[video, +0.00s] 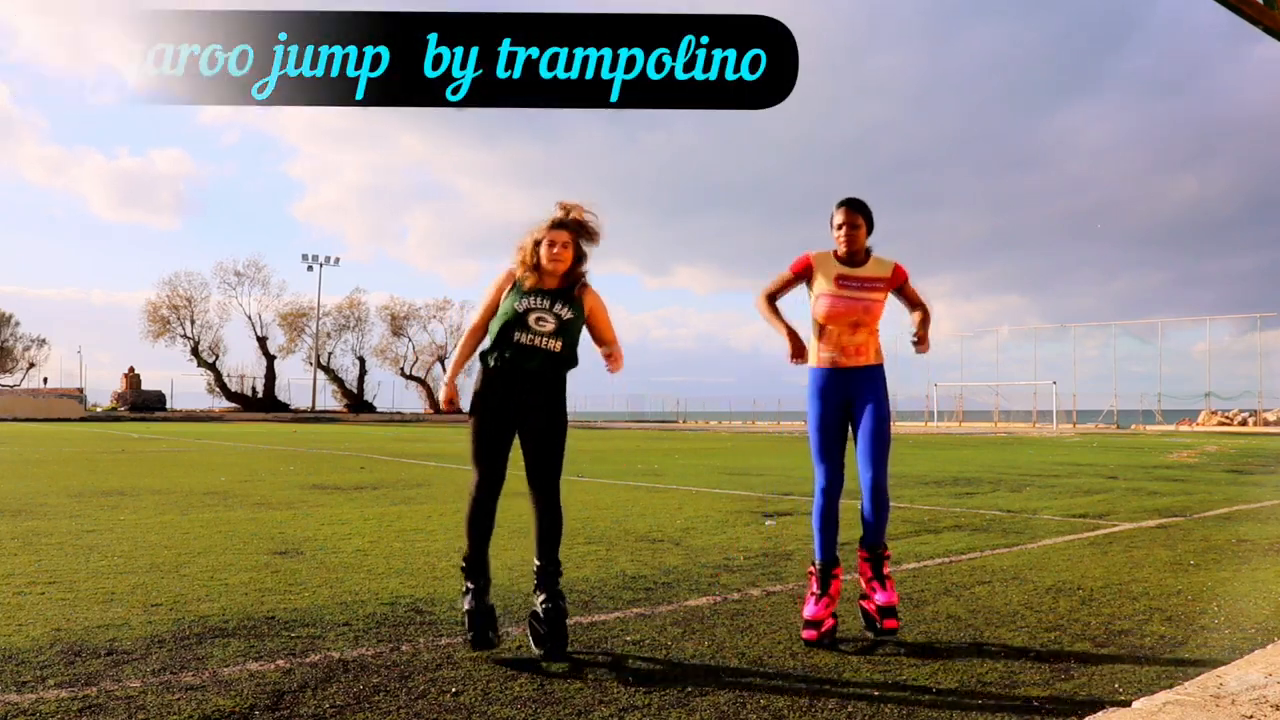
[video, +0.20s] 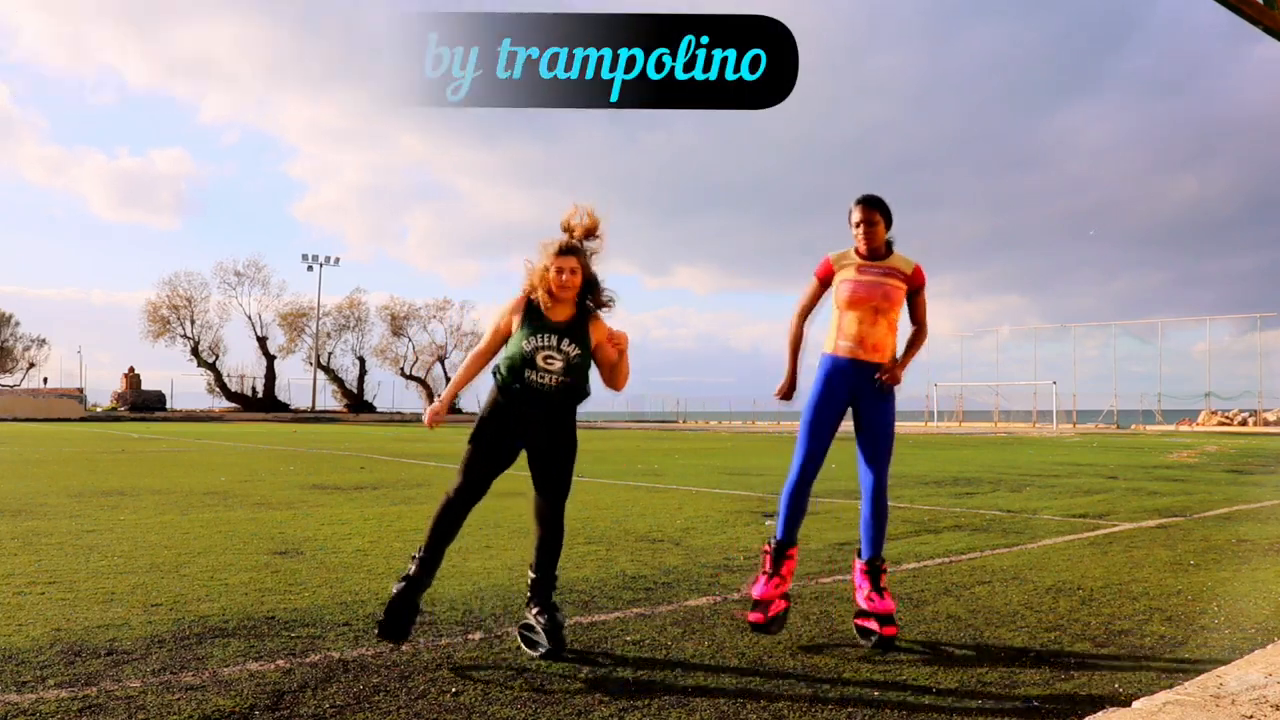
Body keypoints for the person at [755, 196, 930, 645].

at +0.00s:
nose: (846, 233)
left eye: (854, 226)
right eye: (839, 226)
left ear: (869, 231)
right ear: (831, 231)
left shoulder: (888, 272)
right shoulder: (814, 264)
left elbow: (920, 308)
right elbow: (765, 298)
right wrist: (789, 333)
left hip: (870, 382)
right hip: (825, 382)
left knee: (874, 484)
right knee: (828, 485)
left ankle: (874, 570)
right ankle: (824, 582)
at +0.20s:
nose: (863, 231)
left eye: (870, 224)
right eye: (857, 225)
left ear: (887, 226)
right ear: (850, 229)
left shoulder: (908, 272)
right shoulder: (835, 265)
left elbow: (920, 328)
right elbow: (800, 315)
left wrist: (901, 364)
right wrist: (792, 373)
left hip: (878, 379)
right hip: (833, 372)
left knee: (875, 482)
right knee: (803, 468)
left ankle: (871, 577)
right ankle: (777, 566)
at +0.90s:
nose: (867, 223)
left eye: (874, 216)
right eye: (861, 216)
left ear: (888, 221)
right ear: (851, 222)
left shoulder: (910, 255)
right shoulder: (835, 257)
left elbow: (948, 284)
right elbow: (793, 303)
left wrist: (940, 315)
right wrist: (827, 327)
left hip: (880, 370)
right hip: (838, 365)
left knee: (873, 476)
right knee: (815, 462)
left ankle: (865, 570)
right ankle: (785, 553)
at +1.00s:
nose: (857, 210)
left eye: (865, 204)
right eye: (851, 203)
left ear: (876, 210)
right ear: (839, 206)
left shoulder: (895, 245)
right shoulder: (820, 247)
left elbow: (923, 293)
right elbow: (796, 305)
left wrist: (927, 350)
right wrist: (829, 297)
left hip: (880, 354)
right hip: (835, 355)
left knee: (897, 458)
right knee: (833, 459)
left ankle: (906, 554)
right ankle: (829, 560)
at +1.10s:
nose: (852, 222)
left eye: (860, 216)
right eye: (846, 214)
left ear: (870, 220)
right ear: (833, 216)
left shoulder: (888, 260)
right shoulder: (814, 260)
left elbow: (904, 319)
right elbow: (798, 322)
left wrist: (921, 369)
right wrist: (823, 292)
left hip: (880, 365)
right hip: (835, 368)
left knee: (913, 463)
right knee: (841, 471)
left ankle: (946, 552)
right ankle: (848, 574)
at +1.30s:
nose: (839, 250)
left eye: (846, 244)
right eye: (833, 242)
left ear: (855, 249)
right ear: (819, 245)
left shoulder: (872, 284)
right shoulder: (800, 291)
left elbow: (886, 339)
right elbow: (793, 353)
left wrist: (895, 387)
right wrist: (816, 294)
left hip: (882, 388)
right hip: (838, 398)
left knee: (946, 467)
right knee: (849, 496)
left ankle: (1010, 538)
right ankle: (864, 588)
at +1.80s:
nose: (855, 234)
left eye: (862, 227)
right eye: (848, 227)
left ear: (872, 231)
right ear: (836, 231)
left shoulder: (893, 271)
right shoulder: (820, 269)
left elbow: (918, 327)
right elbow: (778, 319)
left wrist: (913, 341)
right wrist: (818, 312)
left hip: (893, 375)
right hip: (847, 380)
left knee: (931, 472)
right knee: (850, 485)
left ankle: (958, 557)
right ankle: (848, 584)